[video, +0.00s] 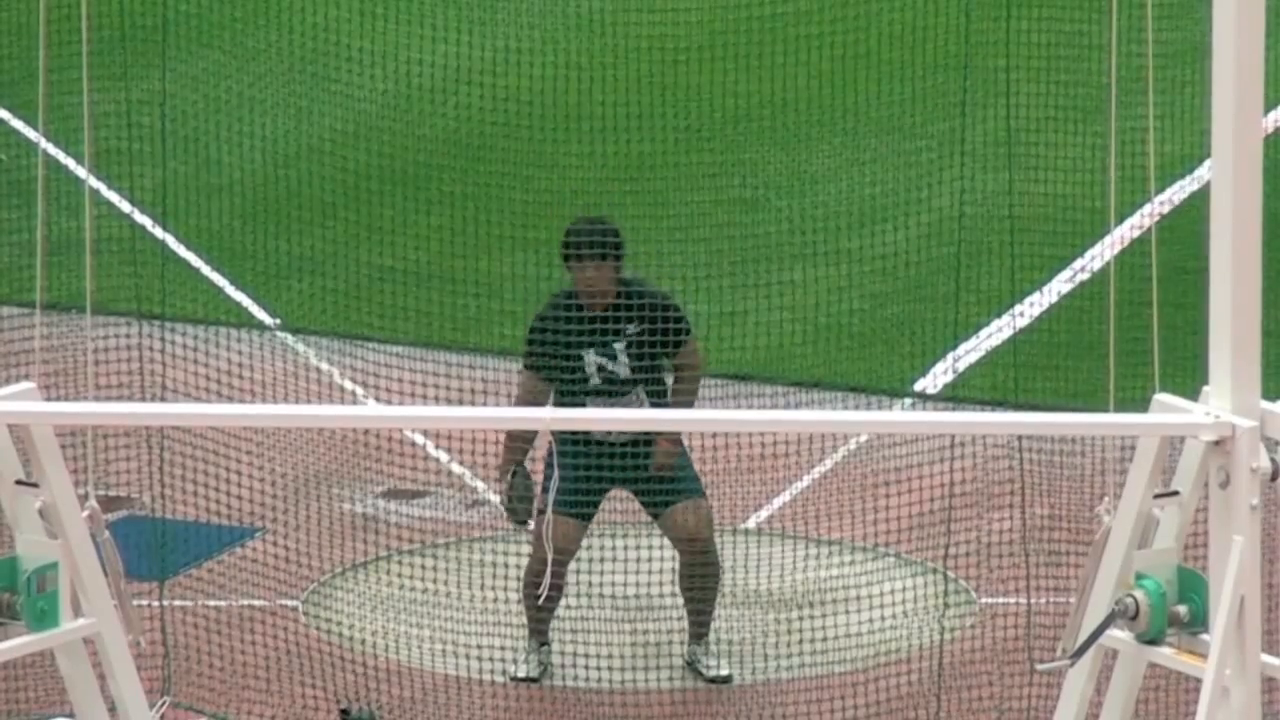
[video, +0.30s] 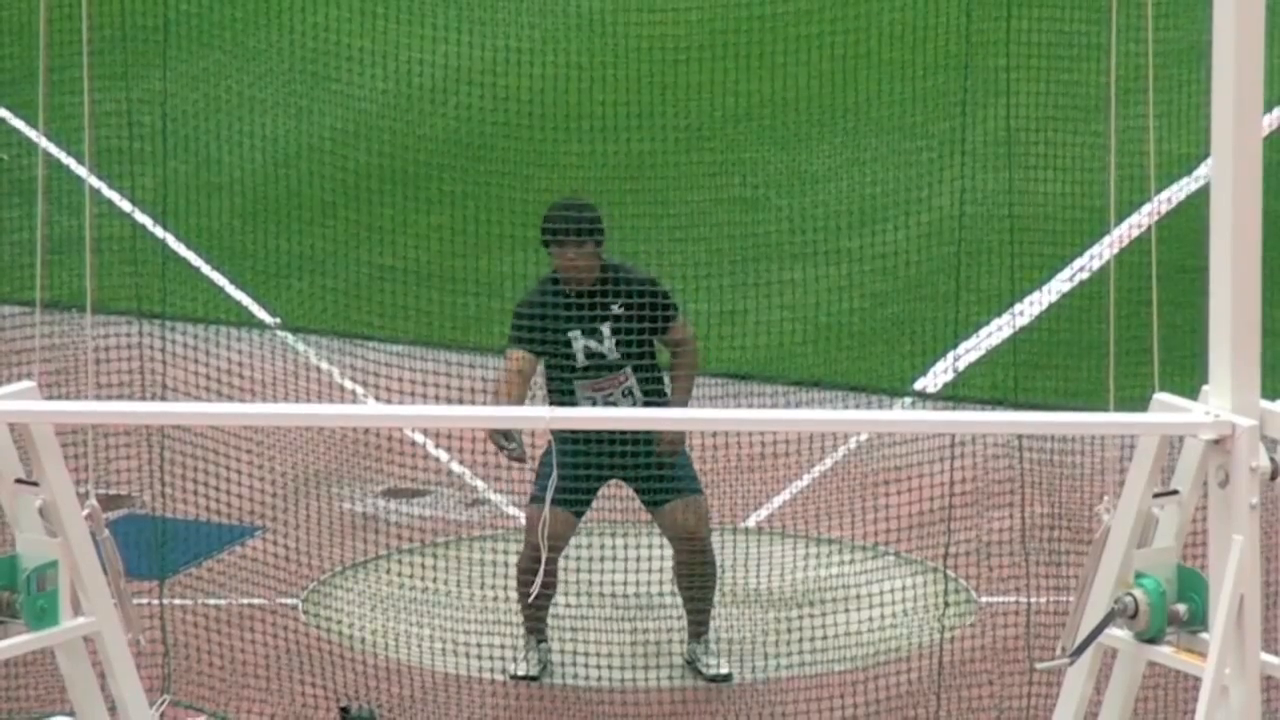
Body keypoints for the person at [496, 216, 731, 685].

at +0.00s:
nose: (592, 274)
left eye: (601, 263)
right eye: (581, 264)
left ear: (619, 264)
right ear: (568, 268)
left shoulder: (655, 310)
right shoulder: (554, 322)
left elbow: (689, 367)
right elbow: (530, 401)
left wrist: (672, 431)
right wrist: (510, 466)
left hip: (649, 443)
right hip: (579, 447)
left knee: (697, 535)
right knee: (556, 544)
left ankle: (699, 646)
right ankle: (537, 646)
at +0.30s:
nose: (568, 257)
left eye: (578, 246)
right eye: (559, 247)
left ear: (599, 246)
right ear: (549, 251)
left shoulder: (639, 291)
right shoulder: (539, 306)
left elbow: (685, 347)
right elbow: (517, 371)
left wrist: (676, 418)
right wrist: (505, 421)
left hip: (648, 438)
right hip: (577, 444)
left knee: (693, 532)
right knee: (541, 540)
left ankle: (700, 644)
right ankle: (535, 644)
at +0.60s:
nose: (554, 257)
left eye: (563, 246)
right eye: (543, 247)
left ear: (580, 247)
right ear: (530, 252)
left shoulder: (619, 288)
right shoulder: (525, 313)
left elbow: (670, 348)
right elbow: (512, 391)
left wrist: (648, 416)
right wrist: (494, 455)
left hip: (644, 431)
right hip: (577, 439)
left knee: (691, 530)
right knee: (543, 538)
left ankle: (700, 643)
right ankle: (534, 642)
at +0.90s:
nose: (562, 251)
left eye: (572, 241)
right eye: (553, 241)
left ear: (591, 243)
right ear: (542, 244)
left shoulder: (622, 290)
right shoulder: (538, 291)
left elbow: (662, 362)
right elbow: (521, 357)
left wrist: (618, 421)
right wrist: (500, 377)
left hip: (641, 428)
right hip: (573, 430)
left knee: (688, 541)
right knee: (532, 532)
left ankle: (699, 643)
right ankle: (535, 643)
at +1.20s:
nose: (594, 262)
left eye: (604, 253)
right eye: (586, 252)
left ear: (622, 253)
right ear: (575, 250)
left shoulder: (645, 301)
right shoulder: (559, 272)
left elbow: (672, 386)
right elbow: (514, 244)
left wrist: (617, 426)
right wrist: (478, 213)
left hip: (648, 430)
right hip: (578, 428)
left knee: (694, 530)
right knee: (532, 524)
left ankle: (700, 643)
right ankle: (533, 639)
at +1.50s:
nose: (640, 277)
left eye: (649, 266)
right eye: (630, 266)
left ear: (664, 265)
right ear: (614, 263)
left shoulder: (687, 313)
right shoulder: (594, 299)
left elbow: (710, 391)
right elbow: (520, 322)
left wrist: (658, 428)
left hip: (671, 431)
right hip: (595, 427)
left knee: (707, 526)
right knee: (544, 525)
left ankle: (701, 642)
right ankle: (534, 640)